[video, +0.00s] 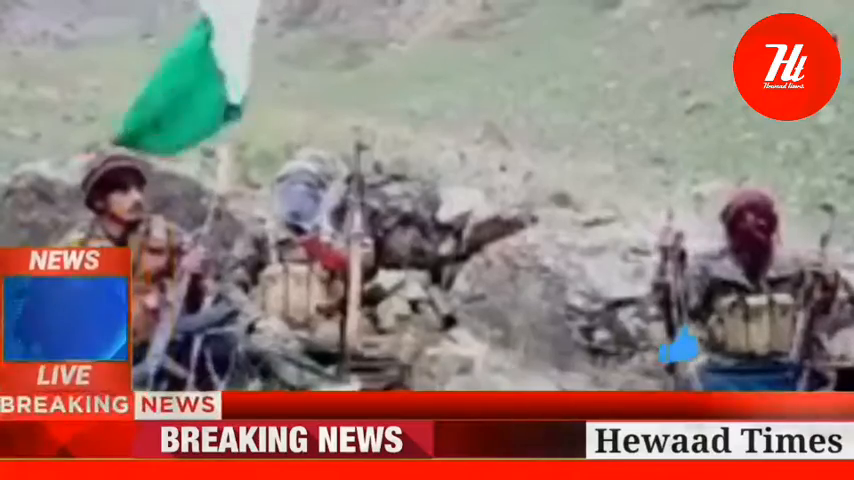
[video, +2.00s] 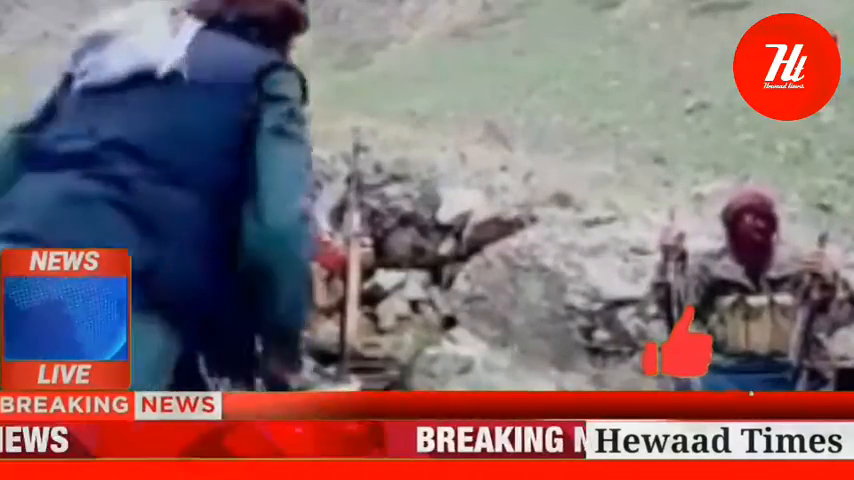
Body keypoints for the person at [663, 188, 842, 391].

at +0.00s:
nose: (756, 222)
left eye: (763, 215)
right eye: (746, 214)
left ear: (772, 225)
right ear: (732, 224)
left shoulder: (792, 269)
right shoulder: (705, 267)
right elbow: (687, 310)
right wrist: (672, 265)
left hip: (782, 371)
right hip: (723, 372)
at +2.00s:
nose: (758, 224)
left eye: (765, 218)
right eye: (749, 216)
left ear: (774, 227)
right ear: (732, 224)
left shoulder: (795, 270)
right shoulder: (706, 268)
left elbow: (827, 323)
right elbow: (676, 316)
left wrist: (830, 285)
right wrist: (670, 264)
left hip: (783, 372)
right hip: (722, 373)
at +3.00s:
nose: (763, 225)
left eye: (768, 219)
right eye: (754, 217)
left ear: (774, 226)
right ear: (732, 223)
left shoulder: (795, 270)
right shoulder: (703, 269)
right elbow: (679, 316)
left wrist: (828, 291)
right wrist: (668, 266)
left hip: (786, 375)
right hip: (722, 376)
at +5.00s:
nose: (758, 238)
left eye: (766, 228)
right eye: (748, 229)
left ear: (775, 231)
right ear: (733, 233)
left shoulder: (796, 272)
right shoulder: (706, 272)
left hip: (784, 374)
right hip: (723, 375)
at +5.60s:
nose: (746, 232)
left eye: (750, 224)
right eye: (734, 225)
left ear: (759, 229)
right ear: (714, 233)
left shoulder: (783, 272)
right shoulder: (687, 277)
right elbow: (675, 336)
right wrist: (725, 367)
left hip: (782, 368)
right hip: (722, 373)